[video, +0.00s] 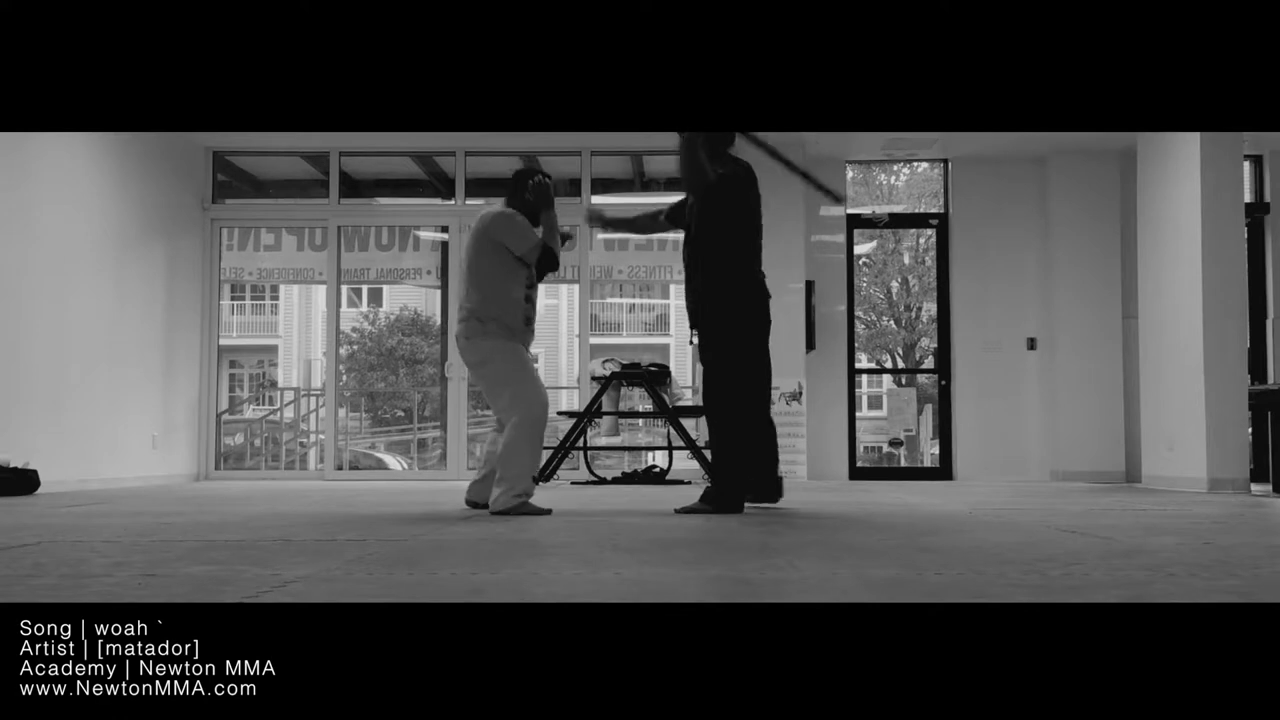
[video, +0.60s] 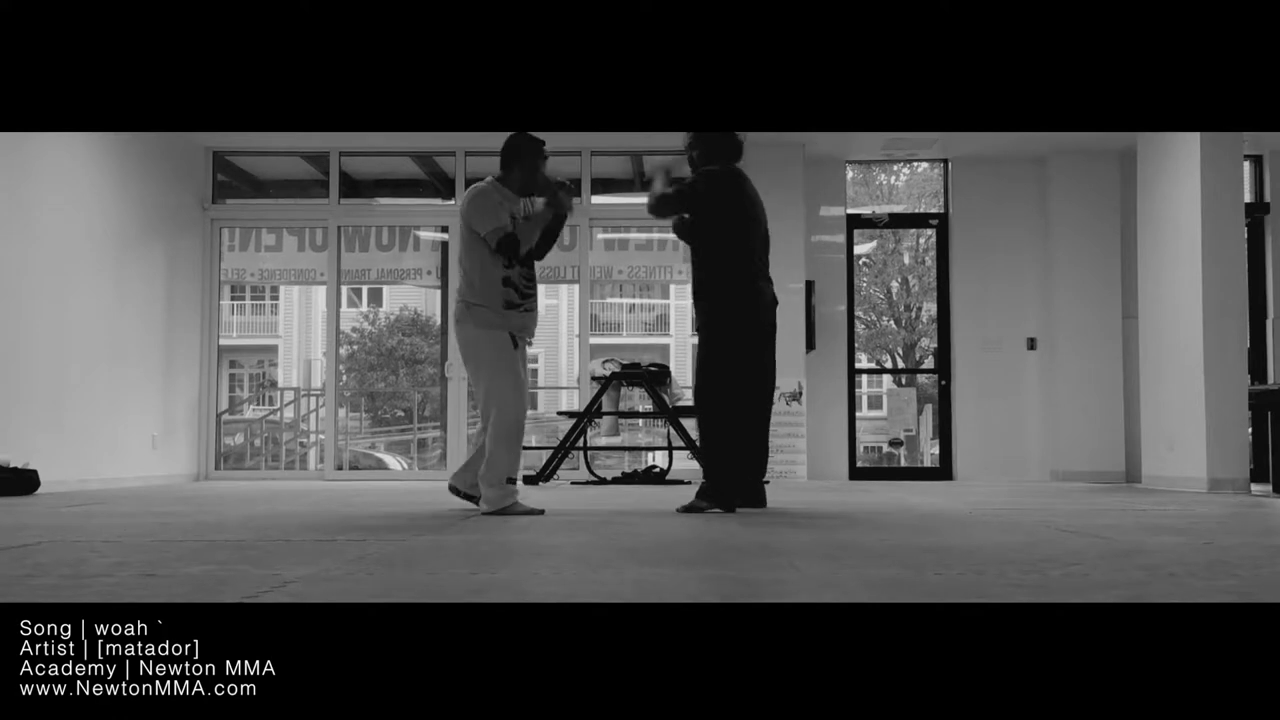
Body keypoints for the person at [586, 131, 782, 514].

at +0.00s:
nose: (684, 155)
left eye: (692, 146)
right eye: (688, 149)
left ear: (706, 144)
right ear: (721, 143)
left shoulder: (736, 176)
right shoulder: (708, 190)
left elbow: (698, 186)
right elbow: (659, 219)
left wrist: (688, 141)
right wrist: (607, 221)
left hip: (734, 312)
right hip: (725, 312)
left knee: (724, 399)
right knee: (746, 396)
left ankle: (725, 494)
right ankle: (764, 483)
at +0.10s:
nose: (686, 148)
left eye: (691, 141)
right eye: (687, 142)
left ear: (707, 142)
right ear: (723, 144)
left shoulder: (723, 177)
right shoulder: (728, 183)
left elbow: (666, 185)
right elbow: (681, 226)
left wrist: (645, 141)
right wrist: (626, 205)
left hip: (727, 312)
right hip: (738, 310)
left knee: (721, 399)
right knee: (742, 398)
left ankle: (725, 494)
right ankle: (748, 490)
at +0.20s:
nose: (688, 152)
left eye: (692, 145)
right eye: (690, 146)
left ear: (705, 146)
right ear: (729, 147)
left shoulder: (713, 181)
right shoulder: (742, 184)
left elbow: (661, 208)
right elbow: (703, 241)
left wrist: (619, 196)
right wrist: (664, 221)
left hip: (724, 313)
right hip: (751, 312)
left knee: (716, 398)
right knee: (746, 397)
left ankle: (722, 493)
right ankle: (747, 488)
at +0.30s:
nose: (691, 152)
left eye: (694, 145)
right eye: (692, 146)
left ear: (706, 147)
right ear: (735, 149)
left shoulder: (705, 186)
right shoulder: (750, 188)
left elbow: (662, 230)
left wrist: (629, 255)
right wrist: (673, 216)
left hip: (722, 317)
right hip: (759, 315)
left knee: (716, 400)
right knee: (750, 399)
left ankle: (720, 493)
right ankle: (748, 488)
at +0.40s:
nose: (691, 159)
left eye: (693, 151)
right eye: (692, 151)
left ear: (704, 151)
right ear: (734, 153)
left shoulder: (701, 188)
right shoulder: (753, 193)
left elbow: (671, 237)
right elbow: (759, 253)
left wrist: (662, 265)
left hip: (719, 317)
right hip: (760, 317)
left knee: (715, 400)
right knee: (752, 400)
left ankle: (718, 492)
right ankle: (749, 489)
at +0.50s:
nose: (688, 158)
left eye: (691, 150)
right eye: (689, 150)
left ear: (701, 152)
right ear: (732, 152)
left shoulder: (703, 188)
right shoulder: (752, 192)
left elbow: (665, 227)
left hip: (722, 315)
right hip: (760, 314)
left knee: (715, 399)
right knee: (753, 398)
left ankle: (718, 492)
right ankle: (750, 489)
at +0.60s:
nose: (689, 155)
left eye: (692, 148)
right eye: (691, 149)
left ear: (701, 150)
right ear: (729, 152)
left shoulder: (712, 182)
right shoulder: (741, 187)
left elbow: (658, 205)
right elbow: (707, 236)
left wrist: (662, 180)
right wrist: (680, 221)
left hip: (726, 314)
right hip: (755, 312)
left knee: (716, 398)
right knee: (749, 398)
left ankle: (718, 492)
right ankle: (749, 490)